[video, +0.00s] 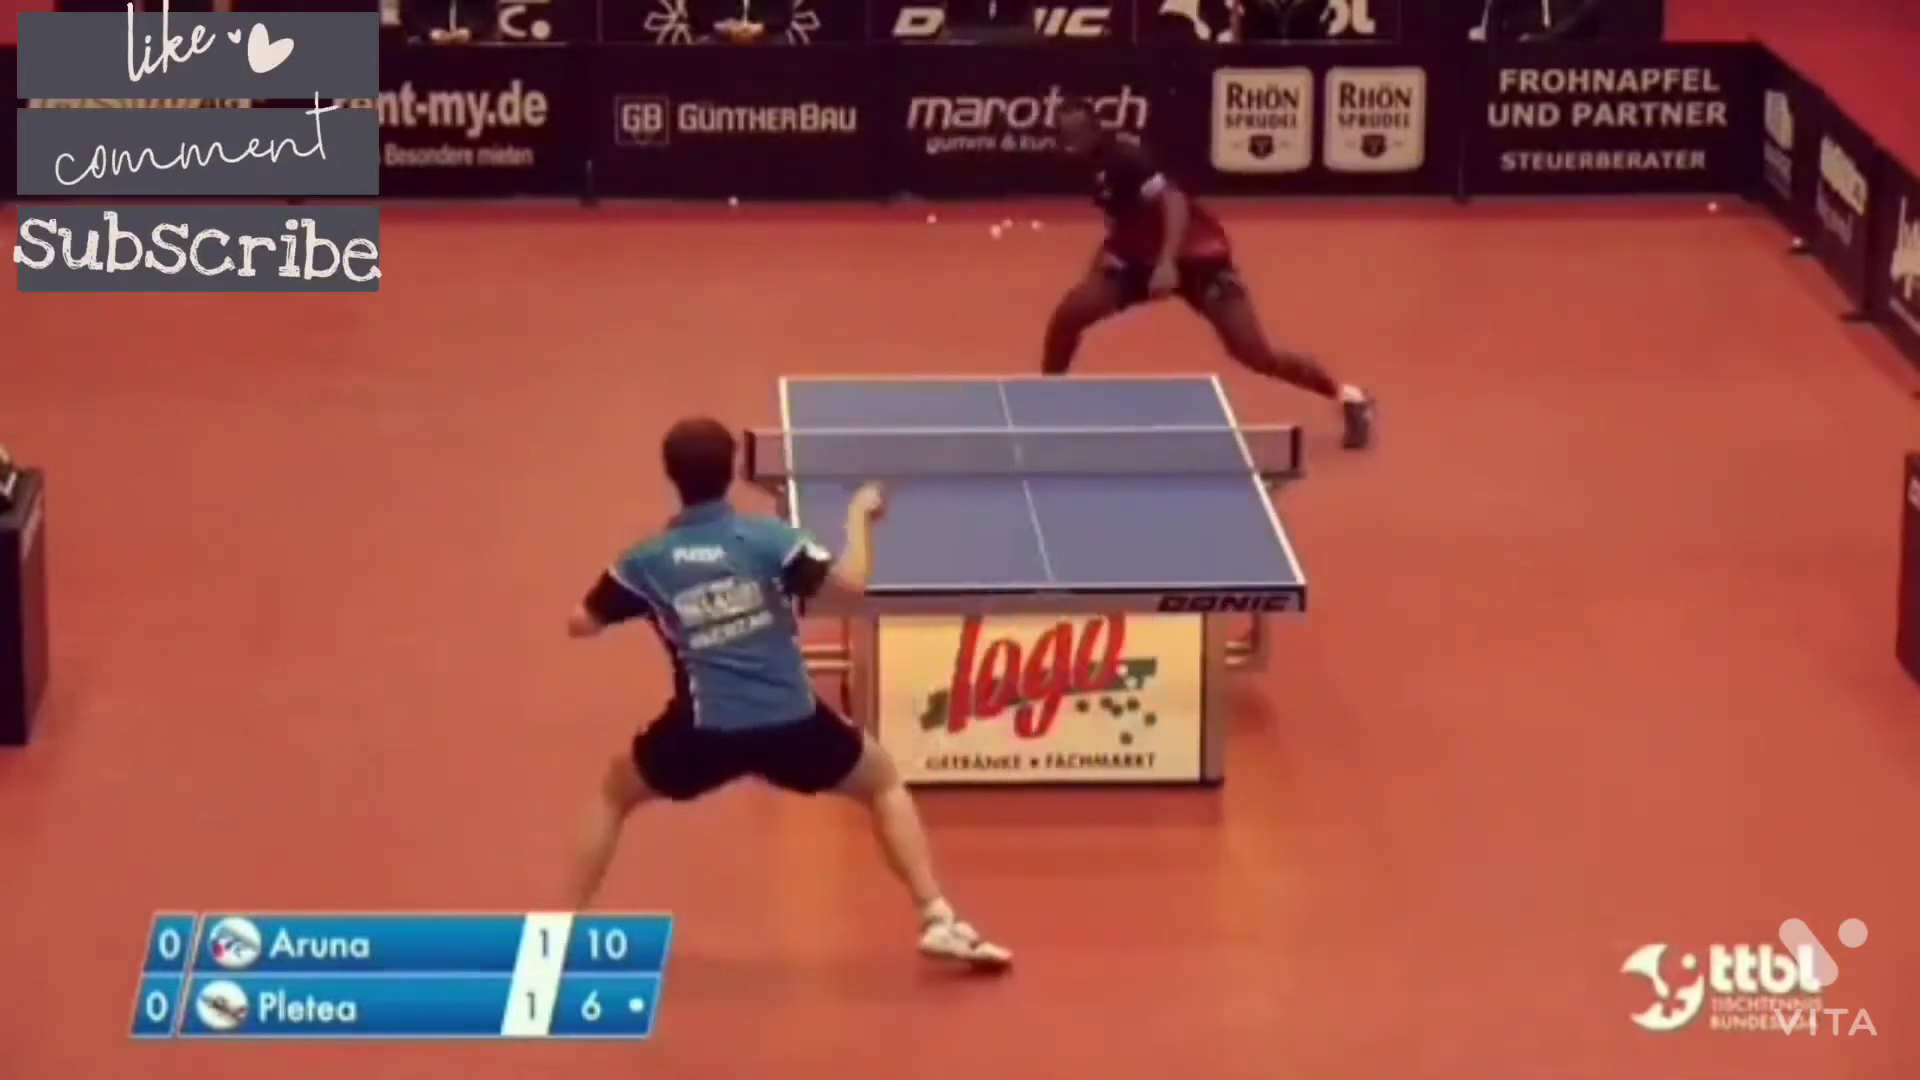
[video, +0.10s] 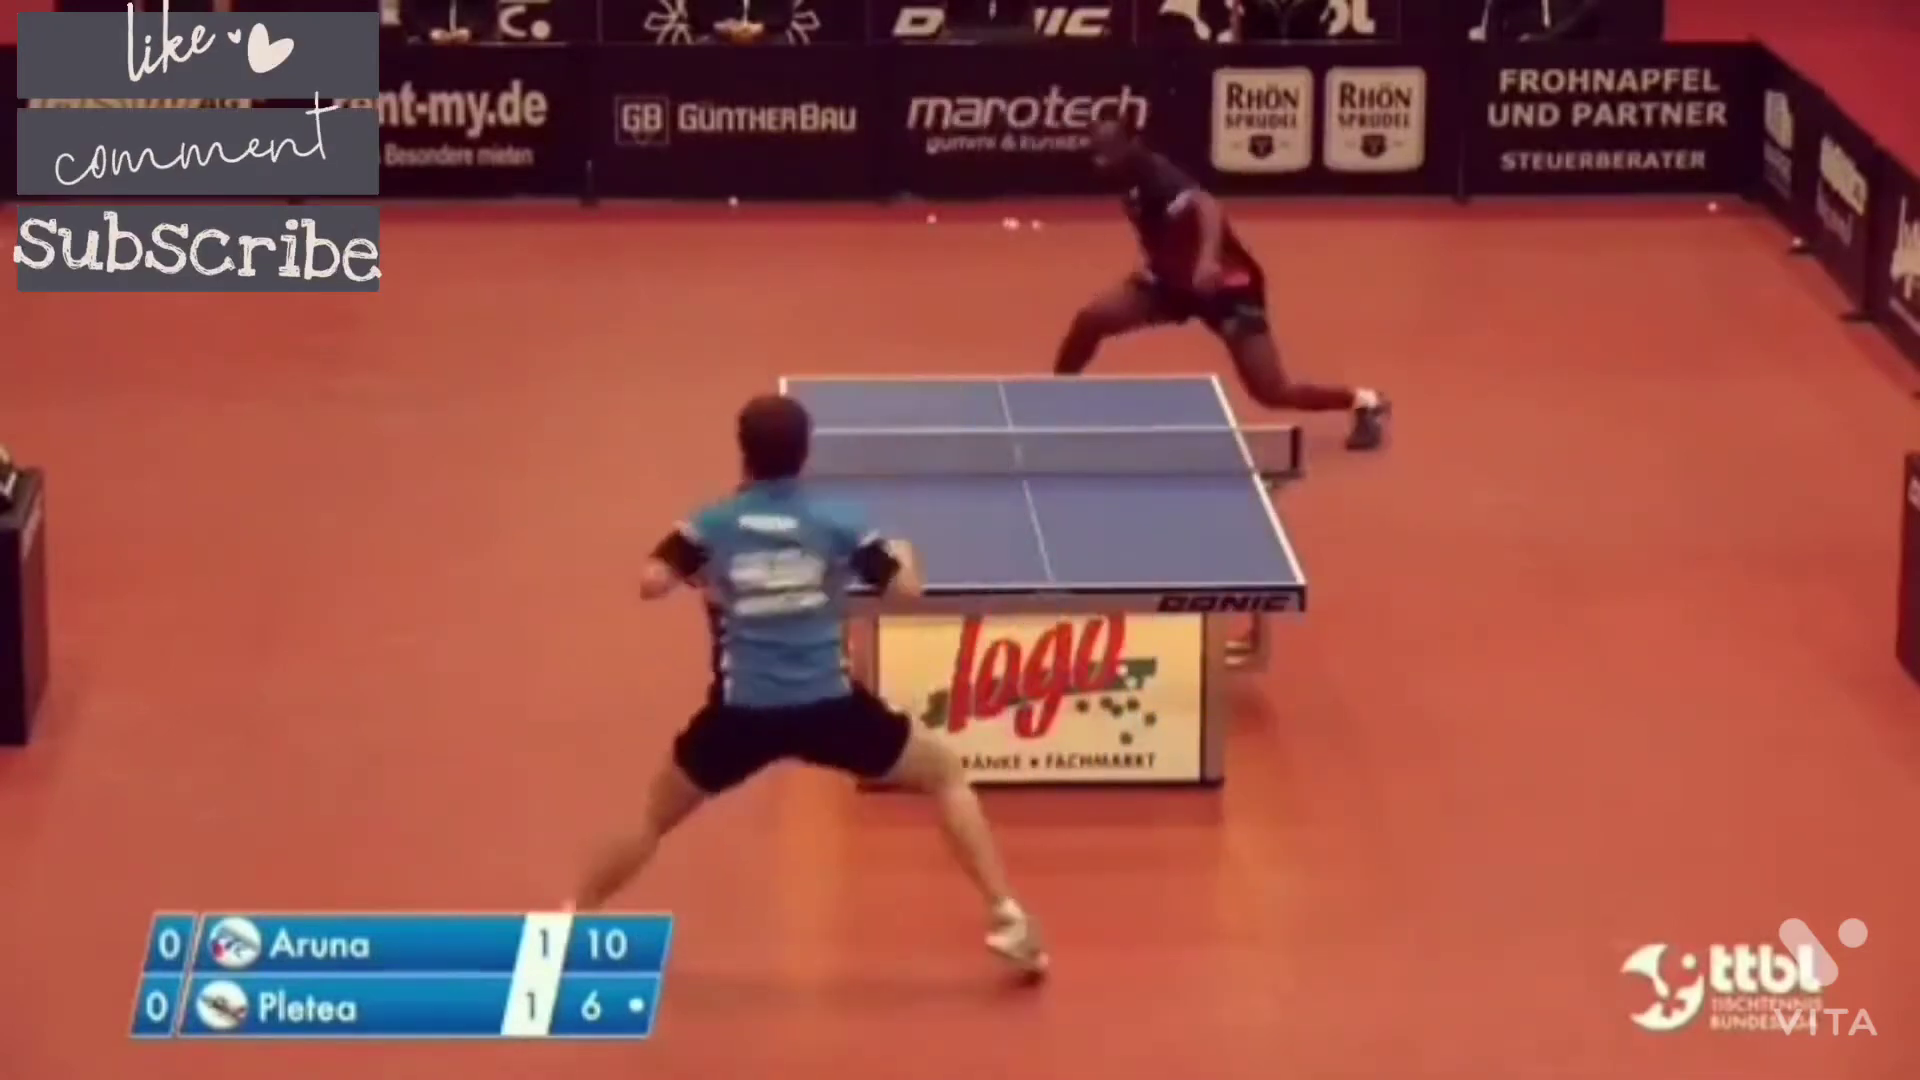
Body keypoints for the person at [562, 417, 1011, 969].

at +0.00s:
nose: (723, 465)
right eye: (726, 458)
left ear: (671, 476)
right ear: (732, 470)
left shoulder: (649, 559)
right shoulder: (768, 536)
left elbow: (583, 622)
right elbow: (851, 587)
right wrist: (860, 517)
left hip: (703, 733)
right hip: (791, 727)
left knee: (615, 793)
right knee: (883, 786)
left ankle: (565, 928)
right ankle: (939, 919)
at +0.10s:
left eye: (747, 439)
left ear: (742, 452)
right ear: (804, 455)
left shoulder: (716, 522)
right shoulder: (828, 523)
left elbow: (651, 584)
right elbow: (904, 588)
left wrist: (693, 560)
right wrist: (901, 553)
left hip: (741, 714)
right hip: (831, 711)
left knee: (654, 822)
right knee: (946, 774)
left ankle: (571, 920)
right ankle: (1005, 911)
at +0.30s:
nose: (941, 494)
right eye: (941, 487)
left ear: (878, 495)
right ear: (938, 499)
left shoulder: (845, 554)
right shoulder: (954, 580)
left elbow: (775, 597)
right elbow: (990, 653)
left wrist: (789, 607)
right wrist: (950, 619)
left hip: (831, 751)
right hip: (916, 760)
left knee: (748, 813)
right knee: (1014, 853)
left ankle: (706, 950)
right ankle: (1080, 990)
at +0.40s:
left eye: (926, 516)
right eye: (959, 518)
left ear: (908, 525)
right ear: (966, 531)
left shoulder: (865, 582)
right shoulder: (982, 610)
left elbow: (786, 619)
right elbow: (1019, 685)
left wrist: (834, 613)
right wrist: (975, 662)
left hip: (842, 771)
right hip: (929, 780)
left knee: (764, 833)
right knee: (1034, 851)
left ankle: (707, 961)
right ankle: (1085, 992)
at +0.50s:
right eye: (937, 521)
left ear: (885, 528)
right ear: (942, 535)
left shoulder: (842, 583)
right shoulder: (962, 610)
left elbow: (788, 620)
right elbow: (989, 696)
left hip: (836, 780)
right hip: (926, 787)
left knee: (749, 826)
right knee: (1030, 850)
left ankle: (692, 957)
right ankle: (1085, 992)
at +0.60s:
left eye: (844, 495)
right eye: (879, 499)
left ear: (832, 509)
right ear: (888, 514)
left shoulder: (803, 566)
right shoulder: (920, 588)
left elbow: (746, 599)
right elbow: (915, 655)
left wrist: (788, 562)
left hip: (814, 762)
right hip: (900, 766)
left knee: (731, 826)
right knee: (999, 860)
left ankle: (692, 969)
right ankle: (1083, 985)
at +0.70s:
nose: (733, 461)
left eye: (738, 453)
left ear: (744, 464)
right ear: (798, 466)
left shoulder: (736, 514)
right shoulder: (824, 527)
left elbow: (690, 532)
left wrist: (739, 514)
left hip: (777, 719)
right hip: (857, 716)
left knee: (718, 828)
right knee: (945, 848)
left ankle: (690, 970)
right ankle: (1034, 967)